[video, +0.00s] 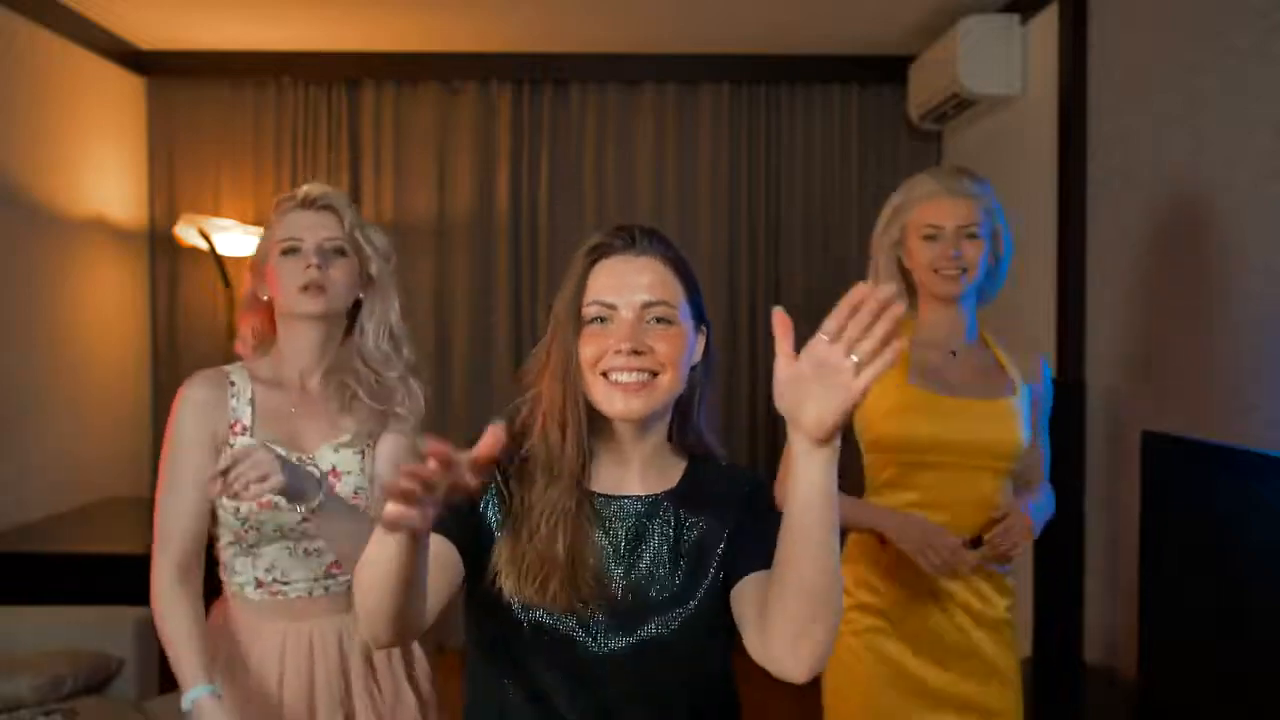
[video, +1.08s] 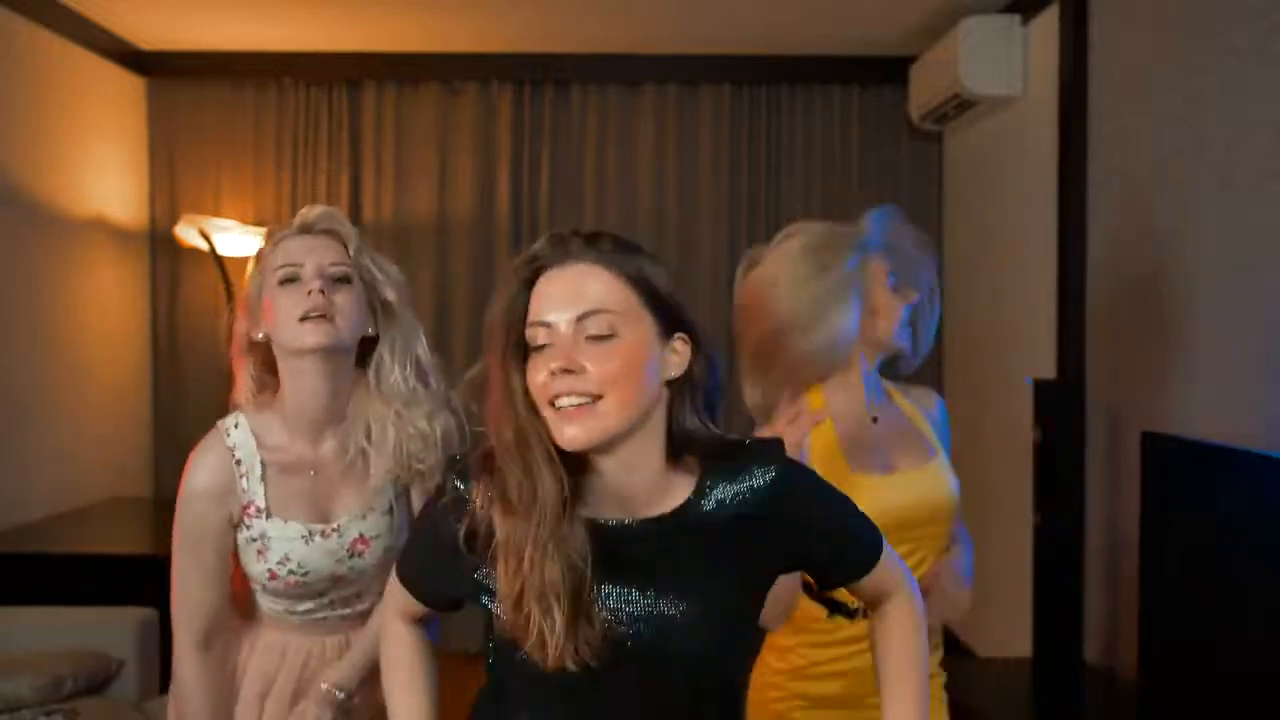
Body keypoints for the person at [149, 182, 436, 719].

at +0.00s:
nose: (312, 262)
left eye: (334, 251)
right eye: (291, 250)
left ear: (361, 284)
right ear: (263, 281)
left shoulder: (390, 404)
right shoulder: (211, 399)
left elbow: (398, 562)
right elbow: (175, 572)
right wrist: (200, 697)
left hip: (364, 655)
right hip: (251, 661)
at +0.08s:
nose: (310, 247)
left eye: (331, 236)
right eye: (288, 237)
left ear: (361, 267)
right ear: (263, 271)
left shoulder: (400, 390)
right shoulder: (219, 391)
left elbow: (403, 535)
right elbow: (178, 563)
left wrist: (281, 484)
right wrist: (199, 682)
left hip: (361, 646)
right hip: (243, 649)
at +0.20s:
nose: (311, 247)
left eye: (333, 235)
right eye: (290, 236)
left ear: (364, 266)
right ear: (263, 268)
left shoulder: (405, 376)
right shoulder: (223, 397)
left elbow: (356, 525)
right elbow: (198, 558)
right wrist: (194, 689)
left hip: (356, 646)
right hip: (246, 649)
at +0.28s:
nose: (311, 259)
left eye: (334, 247)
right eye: (289, 245)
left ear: (364, 278)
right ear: (262, 278)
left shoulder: (401, 385)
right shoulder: (226, 409)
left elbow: (337, 553)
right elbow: (207, 579)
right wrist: (193, 702)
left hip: (353, 672)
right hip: (244, 667)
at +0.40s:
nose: (316, 253)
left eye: (340, 245)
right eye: (294, 238)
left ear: (363, 281)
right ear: (261, 270)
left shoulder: (378, 382)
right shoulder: (223, 399)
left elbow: (368, 576)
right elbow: (204, 570)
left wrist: (327, 711)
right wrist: (209, 710)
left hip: (359, 641)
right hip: (259, 637)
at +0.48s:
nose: (317, 244)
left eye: (341, 238)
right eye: (296, 228)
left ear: (360, 279)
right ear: (257, 258)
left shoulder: (370, 380)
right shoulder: (206, 387)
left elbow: (377, 574)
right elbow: (202, 557)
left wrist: (359, 710)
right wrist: (219, 706)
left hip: (348, 636)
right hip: (257, 633)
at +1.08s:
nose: (316, 289)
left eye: (339, 279)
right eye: (290, 279)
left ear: (372, 315)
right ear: (258, 319)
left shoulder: (414, 436)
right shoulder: (220, 464)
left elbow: (422, 577)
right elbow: (200, 644)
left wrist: (335, 689)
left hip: (382, 669)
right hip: (271, 669)